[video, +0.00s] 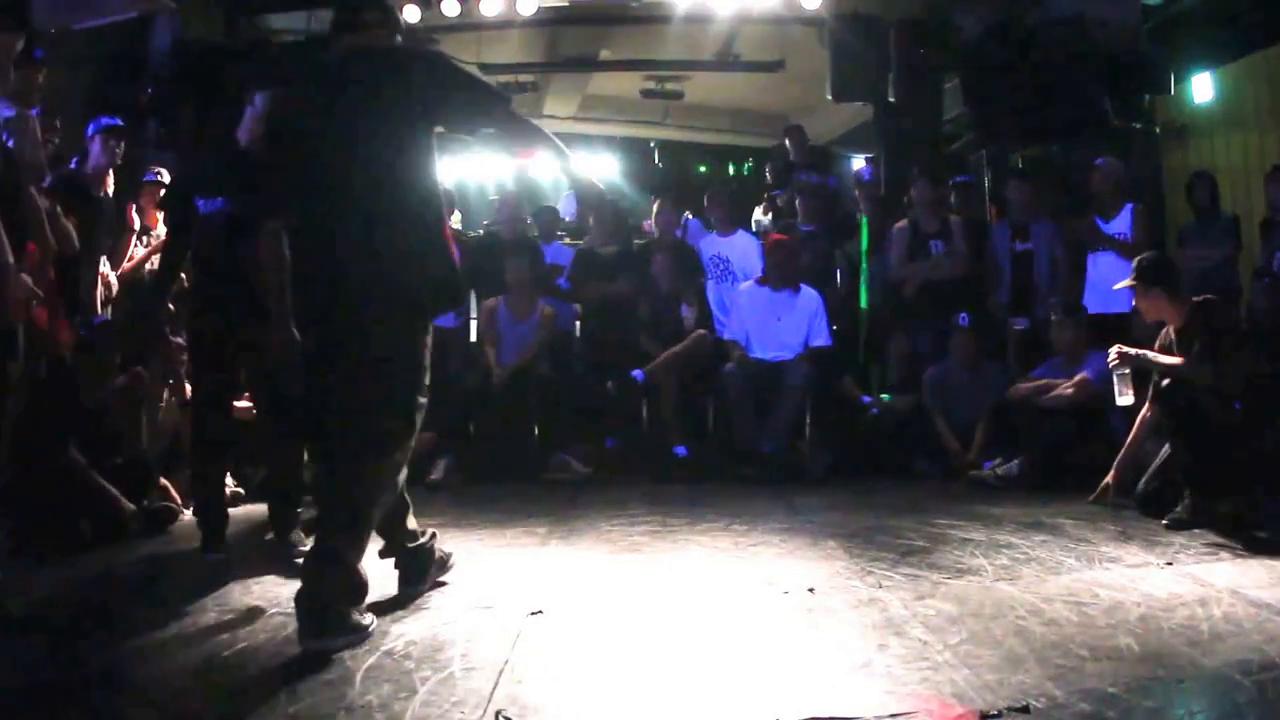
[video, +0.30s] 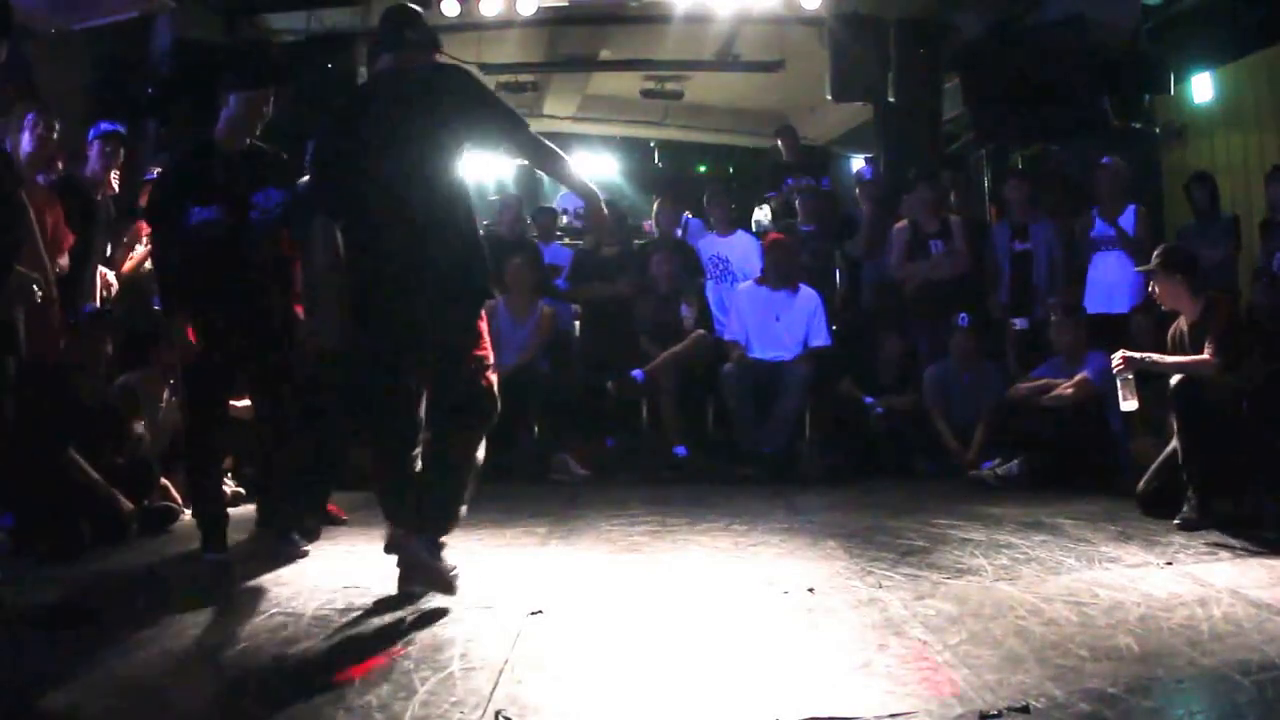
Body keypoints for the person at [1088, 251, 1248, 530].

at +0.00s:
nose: (1135, 303)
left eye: (1138, 293)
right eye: (1133, 294)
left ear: (1159, 293)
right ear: (1156, 295)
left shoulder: (1209, 313)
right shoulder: (1166, 341)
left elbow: (1203, 367)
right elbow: (1151, 411)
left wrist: (1140, 357)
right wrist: (1117, 472)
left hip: (1232, 426)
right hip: (1197, 430)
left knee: (1173, 395)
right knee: (1149, 498)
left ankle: (1196, 497)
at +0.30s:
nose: (1151, 289)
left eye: (1156, 280)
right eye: (1151, 281)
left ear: (1179, 281)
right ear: (1175, 283)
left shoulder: (1221, 310)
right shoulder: (1176, 332)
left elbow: (1214, 362)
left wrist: (1144, 360)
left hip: (1235, 425)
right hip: (1200, 430)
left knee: (1183, 385)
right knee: (1150, 495)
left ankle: (1197, 500)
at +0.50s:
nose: (1157, 285)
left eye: (1163, 276)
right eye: (1157, 277)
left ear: (1189, 278)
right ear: (1184, 280)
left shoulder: (1224, 310)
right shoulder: (1179, 332)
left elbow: (1217, 359)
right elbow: (1180, 403)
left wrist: (1143, 369)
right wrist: (1177, 449)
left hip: (1242, 429)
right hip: (1205, 434)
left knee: (1193, 387)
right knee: (1152, 496)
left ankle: (1197, 501)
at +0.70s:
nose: (1163, 282)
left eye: (1171, 273)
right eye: (1164, 274)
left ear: (1198, 277)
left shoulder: (1230, 312)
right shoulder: (1181, 332)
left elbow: (1217, 358)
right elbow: (1180, 402)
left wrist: (1143, 370)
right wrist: (1175, 453)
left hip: (1245, 429)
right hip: (1208, 433)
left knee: (1197, 404)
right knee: (1156, 496)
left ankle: (1204, 502)